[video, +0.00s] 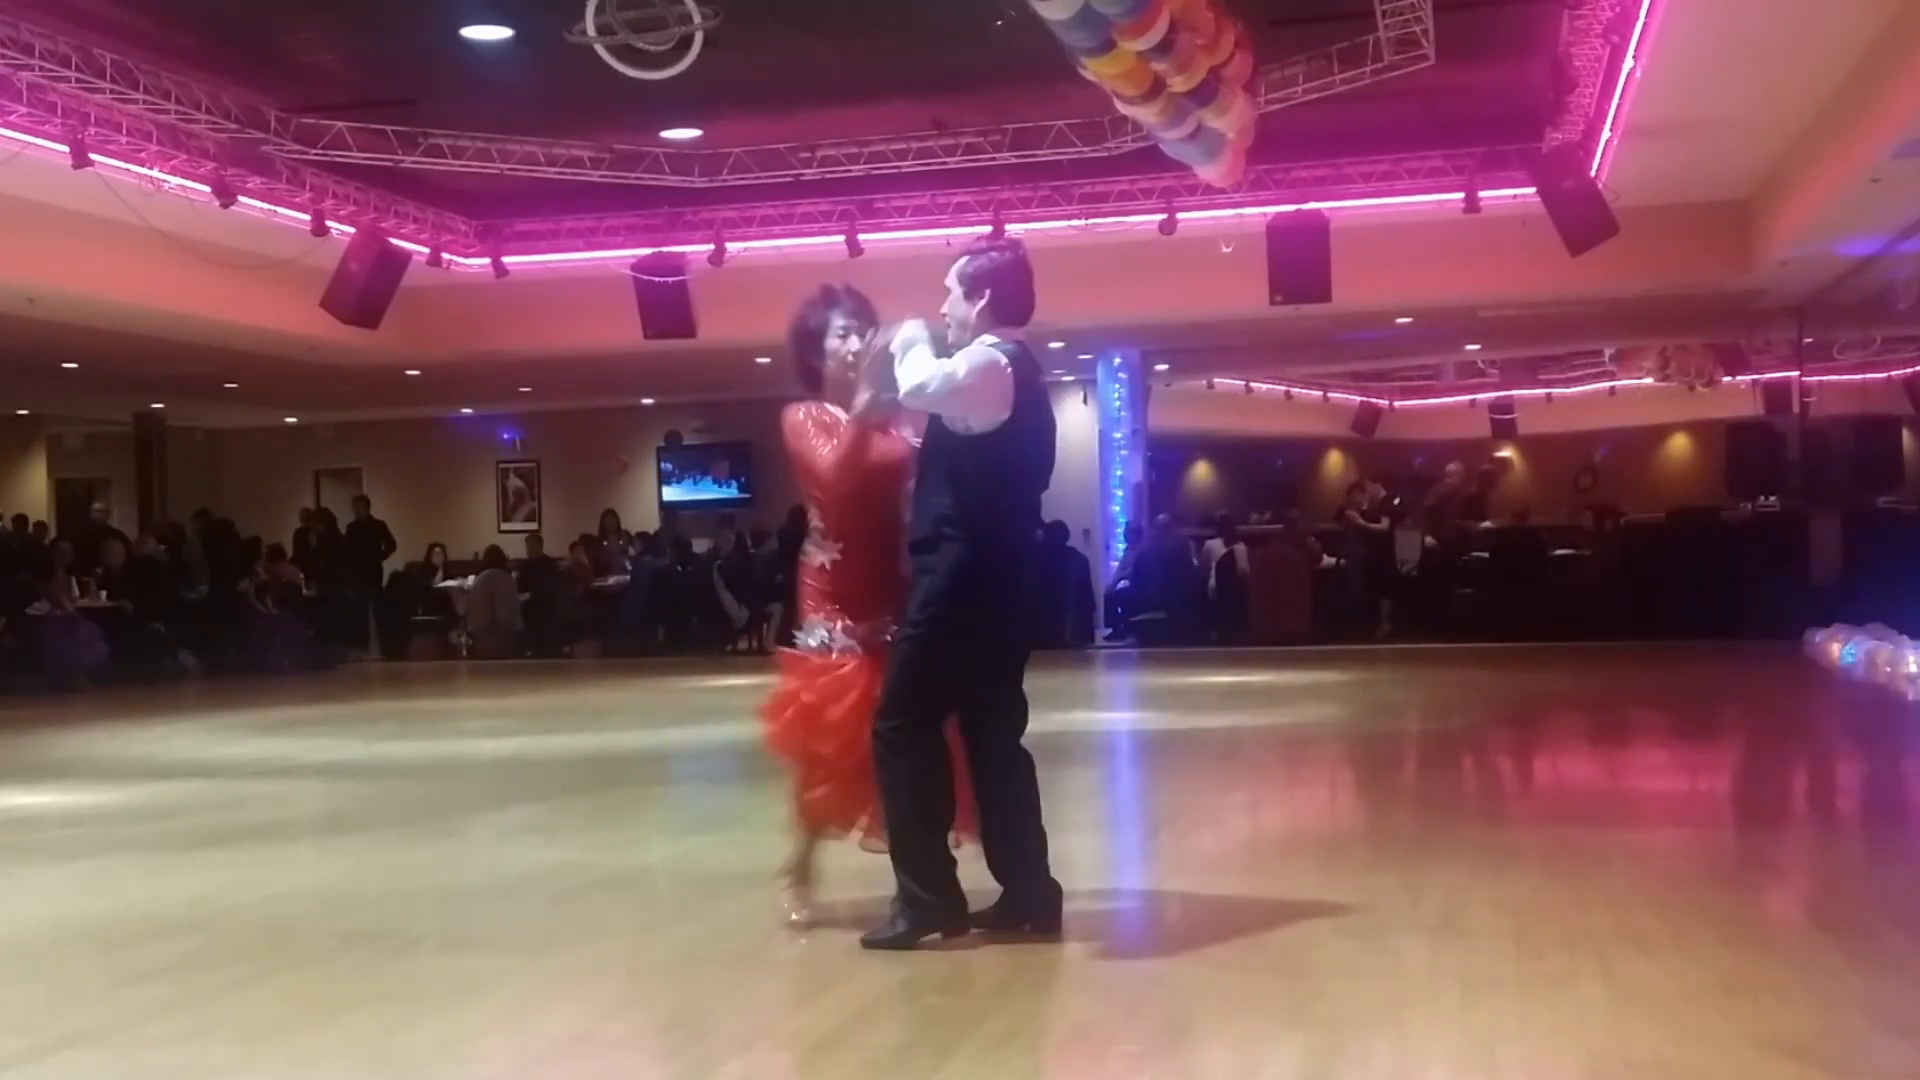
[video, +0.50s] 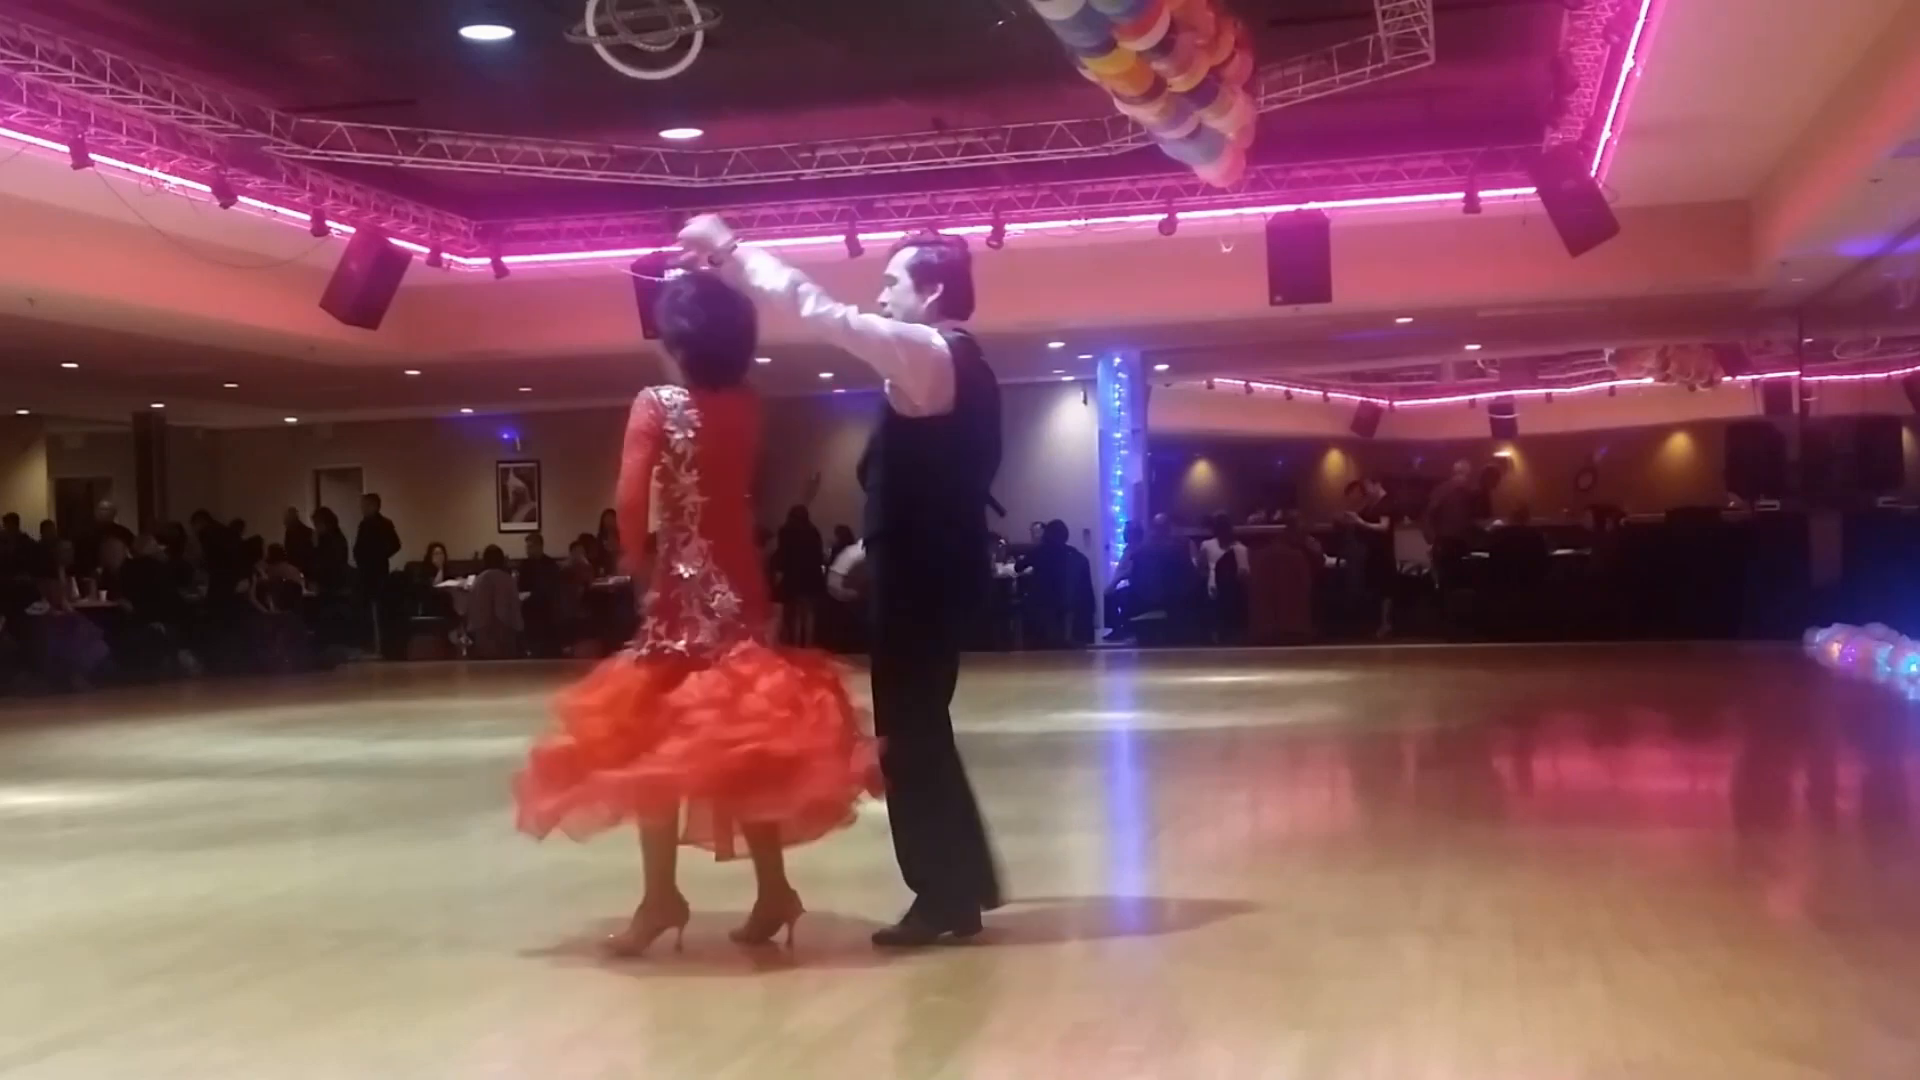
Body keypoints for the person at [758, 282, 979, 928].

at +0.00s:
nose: (857, 345)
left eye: (864, 333)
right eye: (843, 334)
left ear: (877, 345)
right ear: (812, 348)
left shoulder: (898, 420)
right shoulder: (804, 417)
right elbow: (833, 477)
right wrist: (867, 398)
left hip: (893, 599)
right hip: (830, 603)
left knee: (913, 734)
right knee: (834, 738)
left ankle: (925, 875)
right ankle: (803, 872)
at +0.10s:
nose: (850, 338)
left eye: (848, 327)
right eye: (836, 328)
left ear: (819, 342)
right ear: (797, 341)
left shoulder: (835, 409)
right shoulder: (787, 409)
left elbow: (889, 470)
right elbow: (867, 442)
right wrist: (892, 357)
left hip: (847, 583)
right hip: (806, 585)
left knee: (874, 722)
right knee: (823, 730)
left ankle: (874, 857)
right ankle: (764, 880)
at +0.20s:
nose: (824, 340)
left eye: (819, 329)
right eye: (814, 331)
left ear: (754, 343)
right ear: (795, 341)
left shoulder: (766, 413)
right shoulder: (789, 408)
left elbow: (828, 489)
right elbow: (895, 404)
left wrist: (882, 444)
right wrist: (901, 327)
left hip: (774, 572)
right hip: (793, 576)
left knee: (811, 726)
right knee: (806, 730)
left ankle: (809, 861)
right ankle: (773, 884)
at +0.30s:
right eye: (786, 333)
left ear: (718, 343)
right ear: (784, 345)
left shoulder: (708, 410)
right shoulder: (796, 410)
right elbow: (861, 365)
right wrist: (827, 291)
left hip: (729, 573)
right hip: (789, 576)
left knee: (729, 730)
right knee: (792, 736)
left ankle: (739, 878)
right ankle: (794, 895)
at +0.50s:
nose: (658, 342)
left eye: (661, 333)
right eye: (662, 332)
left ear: (671, 341)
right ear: (739, 339)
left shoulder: (655, 406)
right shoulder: (748, 407)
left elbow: (633, 500)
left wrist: (636, 563)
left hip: (680, 597)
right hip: (743, 593)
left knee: (652, 746)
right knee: (744, 745)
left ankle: (660, 895)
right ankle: (774, 889)